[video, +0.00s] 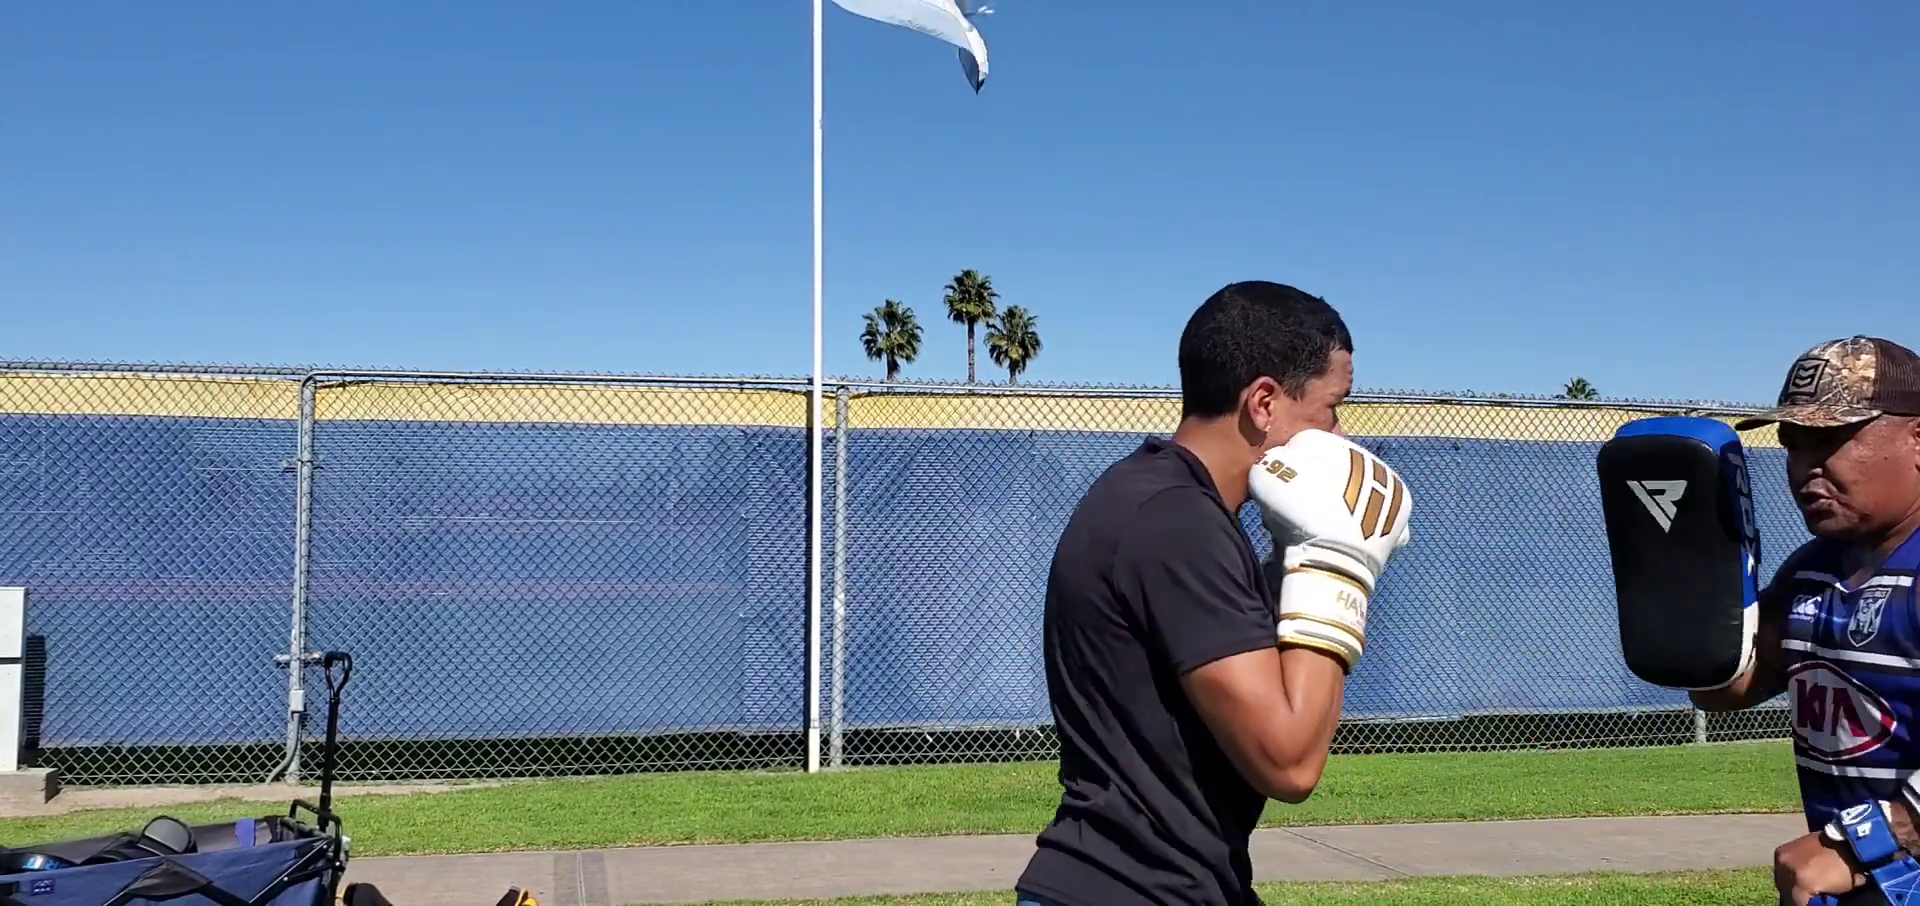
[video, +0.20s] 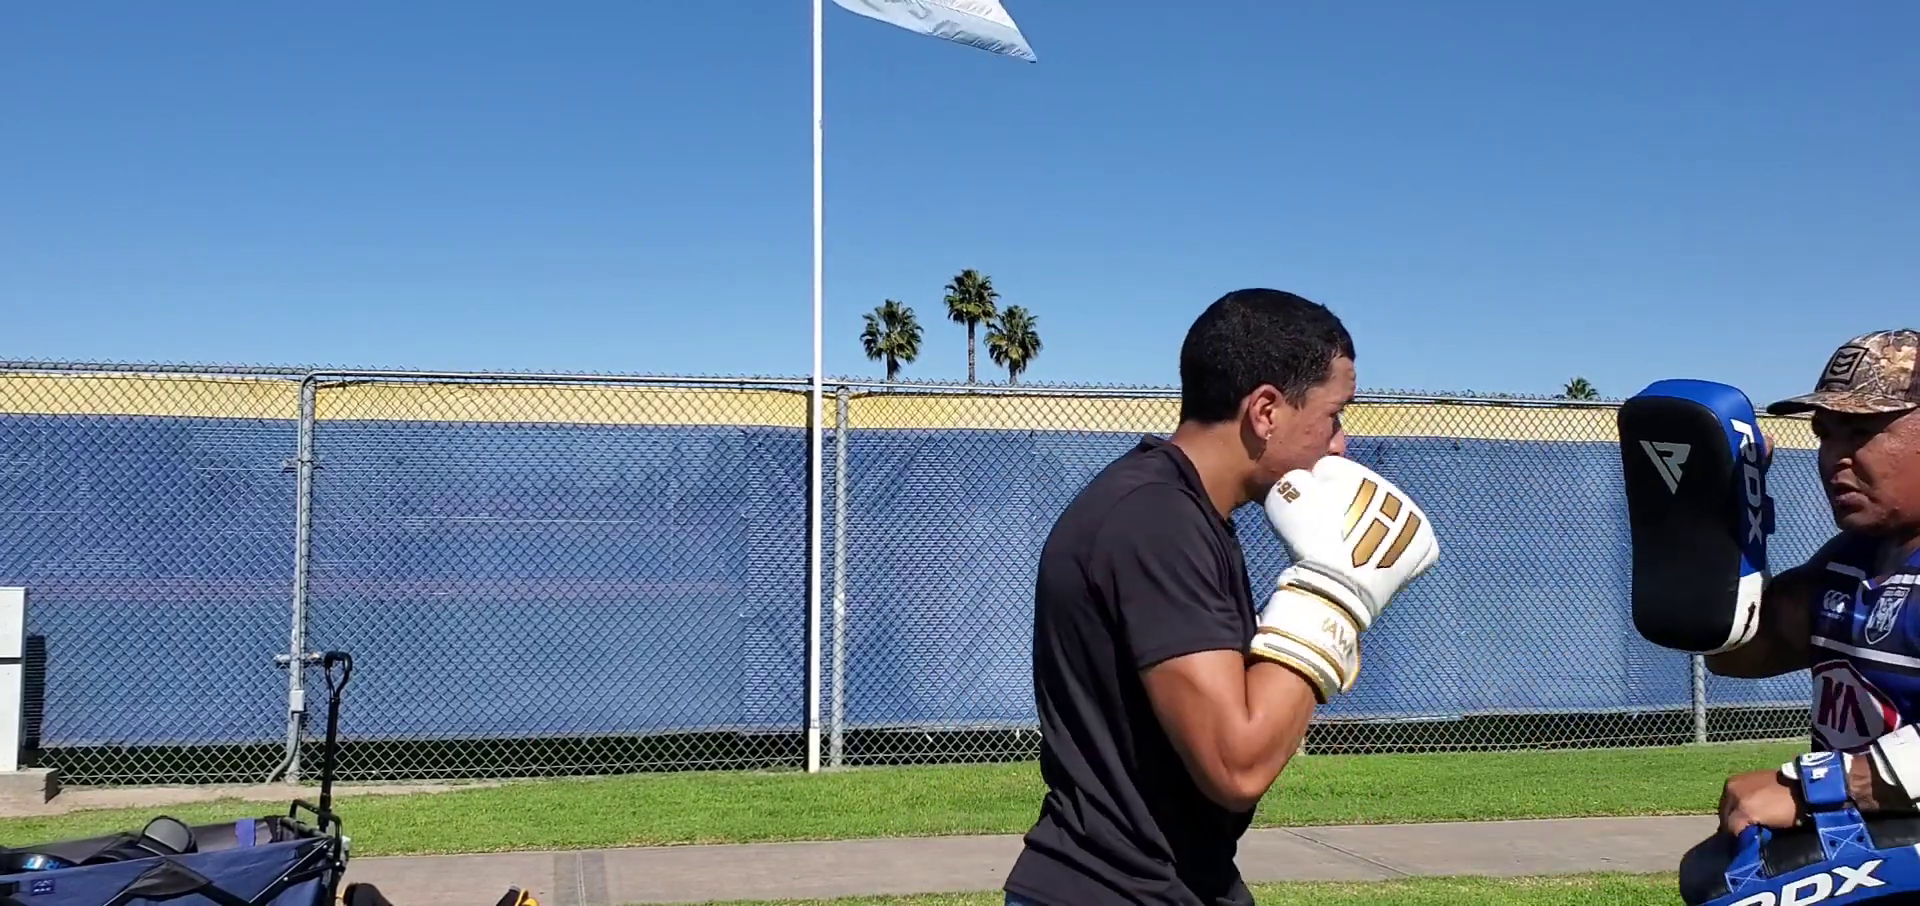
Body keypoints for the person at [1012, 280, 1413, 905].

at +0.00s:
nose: (1335, 431)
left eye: (1337, 408)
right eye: (1330, 407)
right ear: (1263, 404)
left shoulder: (1143, 496)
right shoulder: (1178, 519)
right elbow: (1290, 763)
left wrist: (1294, 563)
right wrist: (1335, 576)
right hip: (1152, 886)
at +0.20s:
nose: (1340, 444)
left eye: (1339, 419)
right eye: (1332, 418)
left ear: (1265, 414)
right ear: (1265, 413)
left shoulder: (1191, 511)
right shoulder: (1155, 521)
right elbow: (1239, 767)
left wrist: (1329, 617)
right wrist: (1329, 595)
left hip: (1179, 881)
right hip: (1117, 887)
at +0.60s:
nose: (1399, 456)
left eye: (1398, 430)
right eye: (1388, 427)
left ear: (1309, 424)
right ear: (1322, 423)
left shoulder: (1164, 513)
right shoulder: (1326, 507)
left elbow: (1218, 671)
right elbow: (1522, 659)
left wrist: (1343, 618)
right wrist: (1607, 568)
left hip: (1131, 871)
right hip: (1251, 880)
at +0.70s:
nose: (1405, 453)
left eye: (1402, 426)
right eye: (1394, 425)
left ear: (1320, 430)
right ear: (1328, 429)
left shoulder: (1175, 514)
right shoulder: (1319, 526)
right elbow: (1400, 767)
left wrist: (1344, 603)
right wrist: (1497, 668)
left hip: (1134, 866)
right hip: (1243, 876)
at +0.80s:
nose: (1408, 468)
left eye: (1407, 443)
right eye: (1400, 441)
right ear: (1338, 434)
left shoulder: (1188, 513)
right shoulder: (1287, 538)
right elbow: (1292, 792)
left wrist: (1345, 626)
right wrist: (1410, 659)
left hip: (1138, 862)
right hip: (1223, 879)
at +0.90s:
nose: (1403, 475)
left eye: (1407, 450)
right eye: (1400, 445)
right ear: (1339, 432)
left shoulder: (1199, 505)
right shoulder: (1263, 530)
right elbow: (1273, 782)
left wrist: (1339, 608)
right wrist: (1384, 636)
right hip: (1208, 882)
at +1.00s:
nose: (1410, 494)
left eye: (1417, 472)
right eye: (1411, 468)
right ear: (1351, 452)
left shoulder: (1197, 514)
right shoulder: (1279, 539)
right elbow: (1293, 791)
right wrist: (1391, 636)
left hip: (1142, 867)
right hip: (1216, 882)